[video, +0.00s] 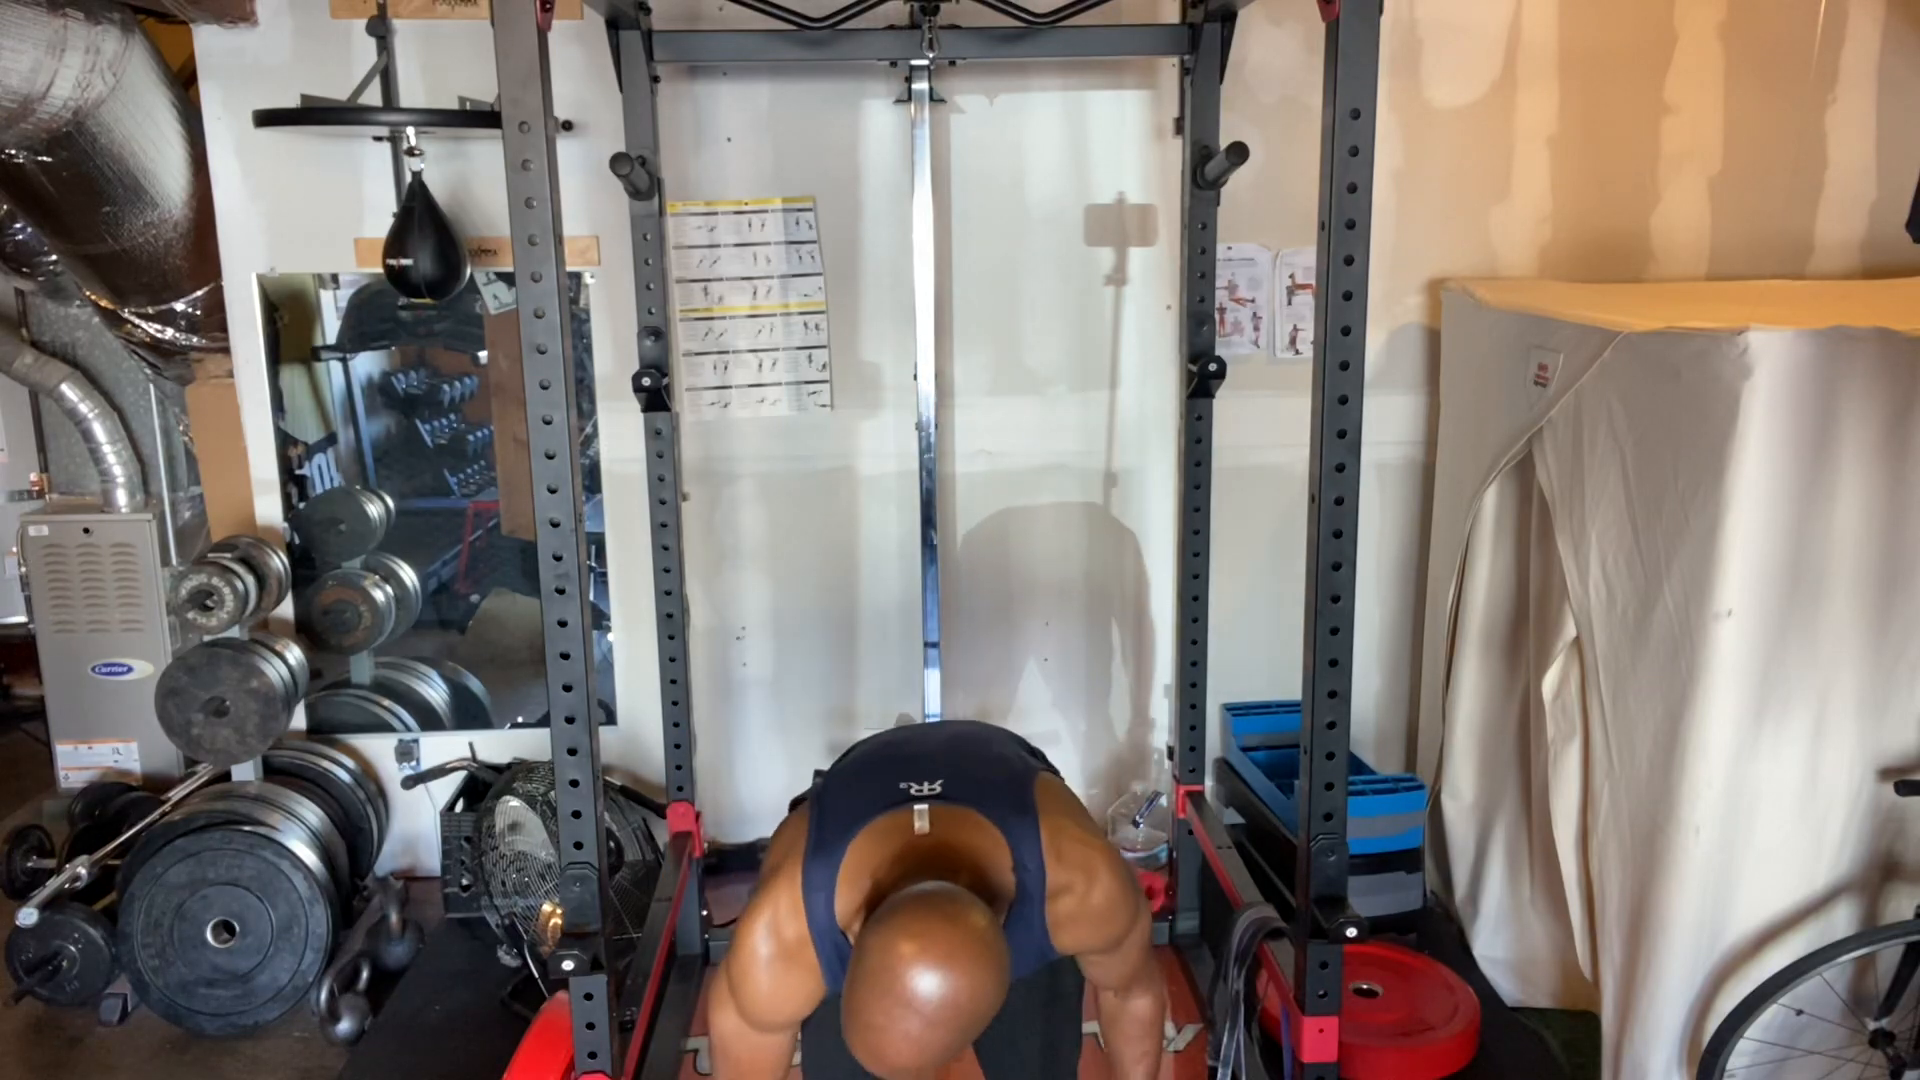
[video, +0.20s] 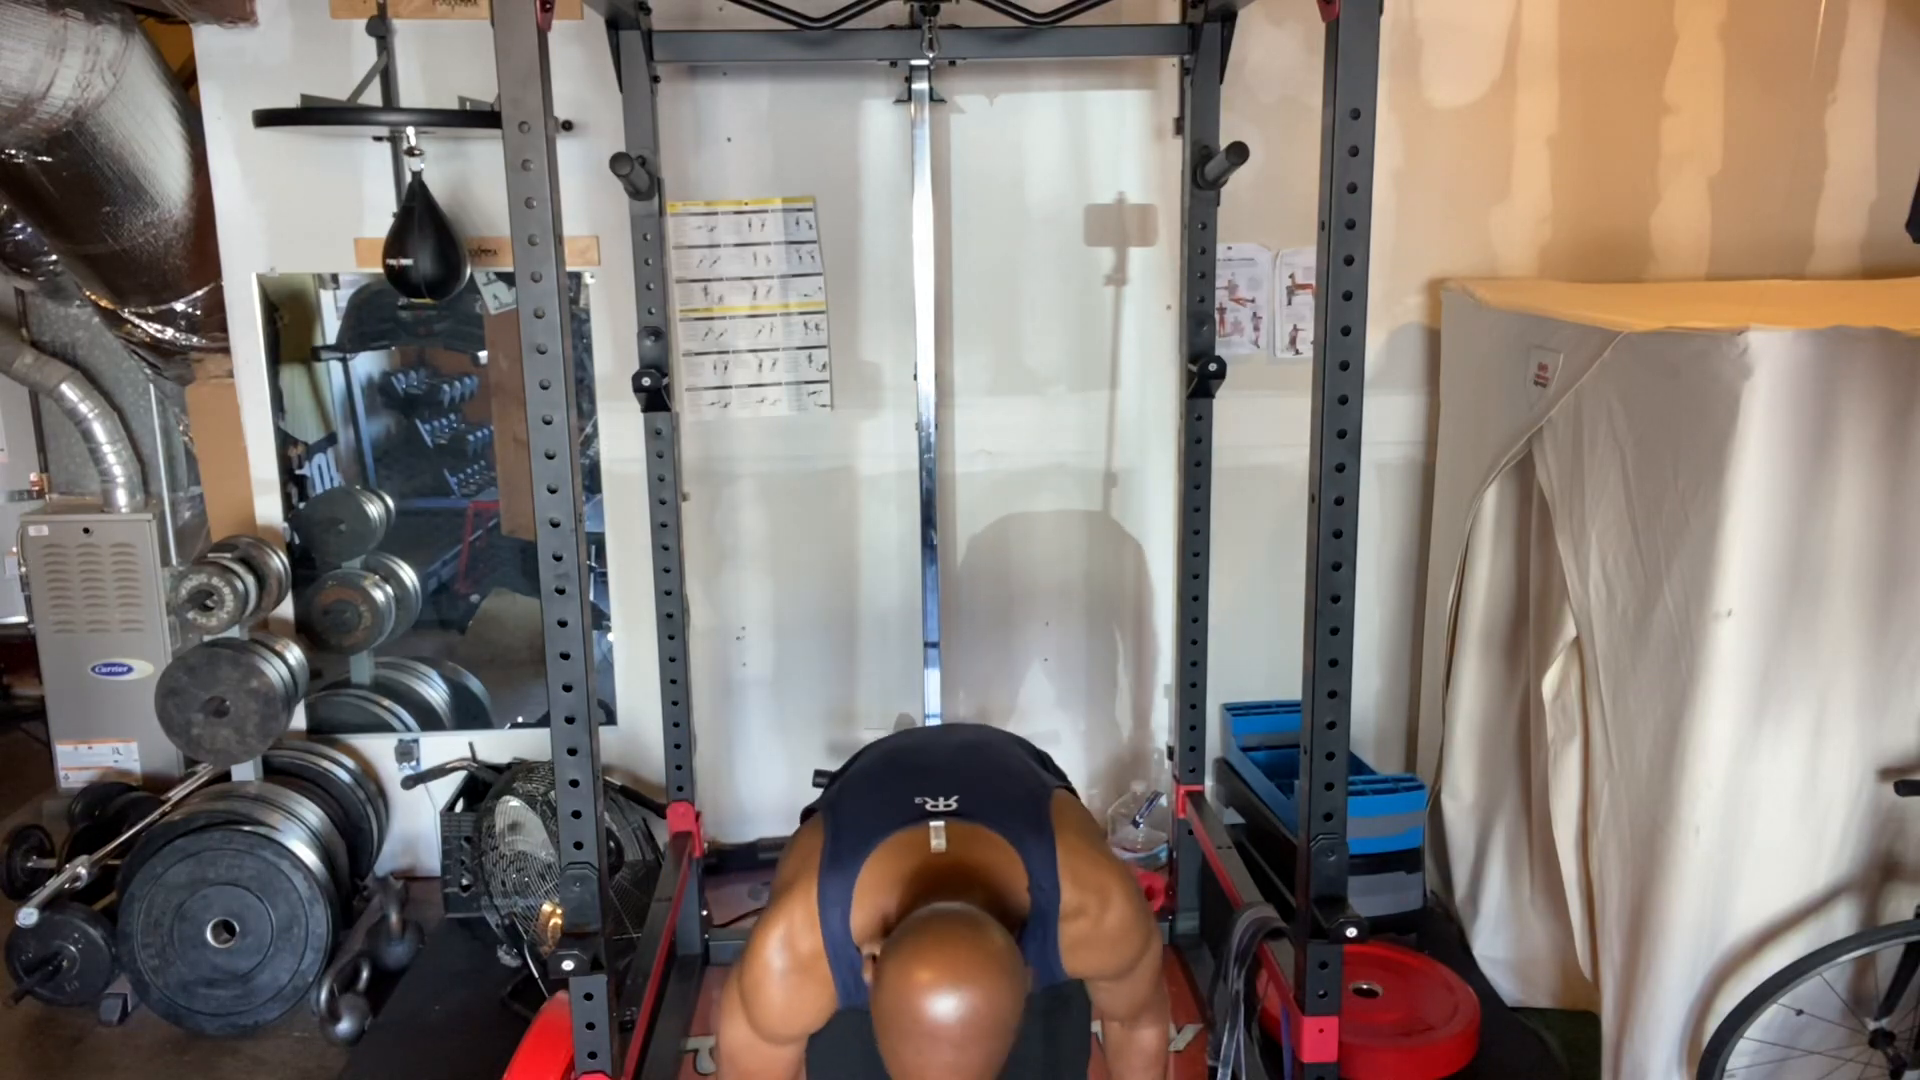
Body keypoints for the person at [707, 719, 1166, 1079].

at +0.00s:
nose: (895, 1074)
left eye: (924, 1070)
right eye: (878, 1064)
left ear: (1006, 946)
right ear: (852, 958)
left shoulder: (1090, 895)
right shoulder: (772, 958)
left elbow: (1132, 994)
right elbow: (744, 1067)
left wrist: (1134, 1076)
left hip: (1015, 771)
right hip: (848, 781)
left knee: (1035, 1059)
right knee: (837, 1059)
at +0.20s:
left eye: (974, 1073)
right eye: (919, 1074)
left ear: (1026, 984)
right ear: (871, 968)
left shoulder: (1106, 921)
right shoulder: (784, 966)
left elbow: (1138, 1029)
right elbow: (749, 1066)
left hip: (1020, 766)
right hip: (863, 776)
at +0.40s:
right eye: (955, 1074)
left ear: (1058, 974)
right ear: (909, 1005)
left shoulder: (1129, 933)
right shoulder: (809, 972)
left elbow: (1153, 1053)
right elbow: (759, 1067)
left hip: (1029, 766)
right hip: (879, 776)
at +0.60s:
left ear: (1078, 977)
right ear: (930, 1015)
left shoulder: (1144, 940)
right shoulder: (826, 977)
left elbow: (1167, 1061)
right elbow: (770, 1066)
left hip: (1040, 774)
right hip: (889, 785)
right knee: (865, 1054)